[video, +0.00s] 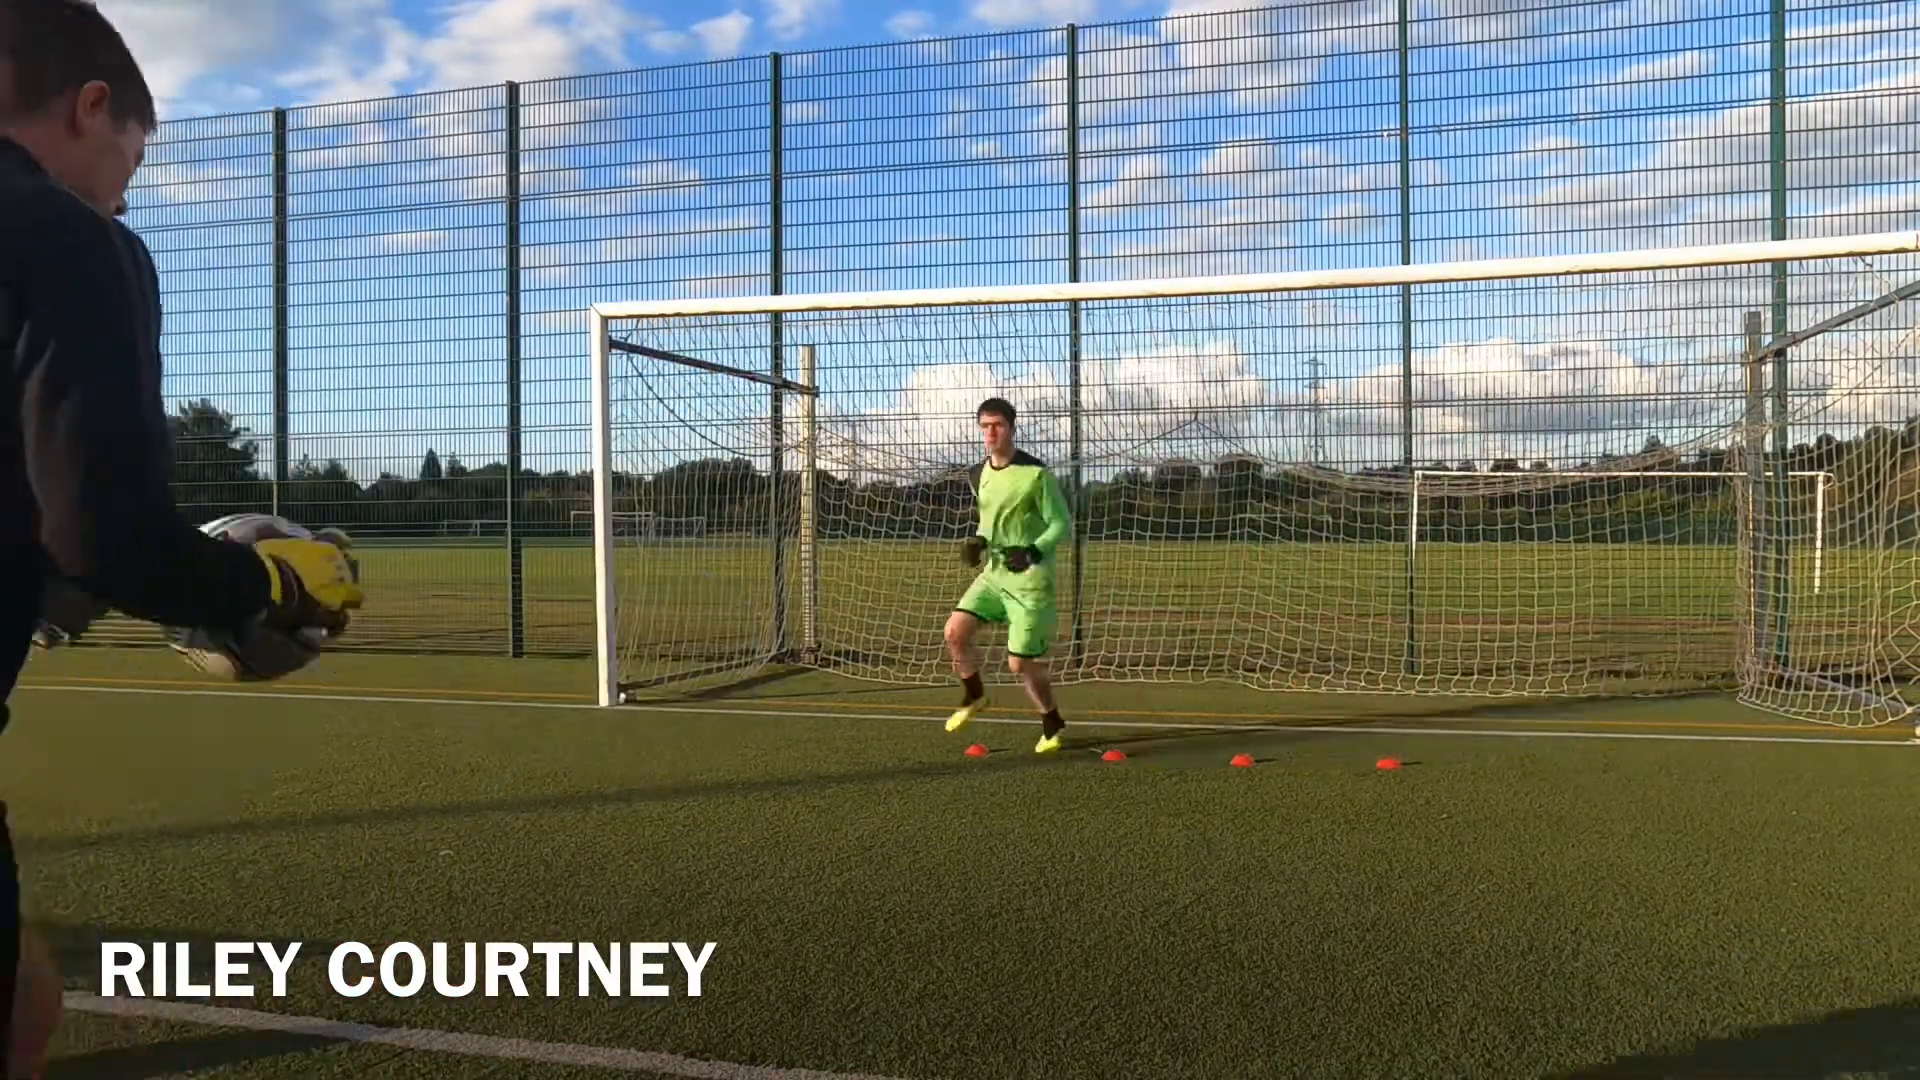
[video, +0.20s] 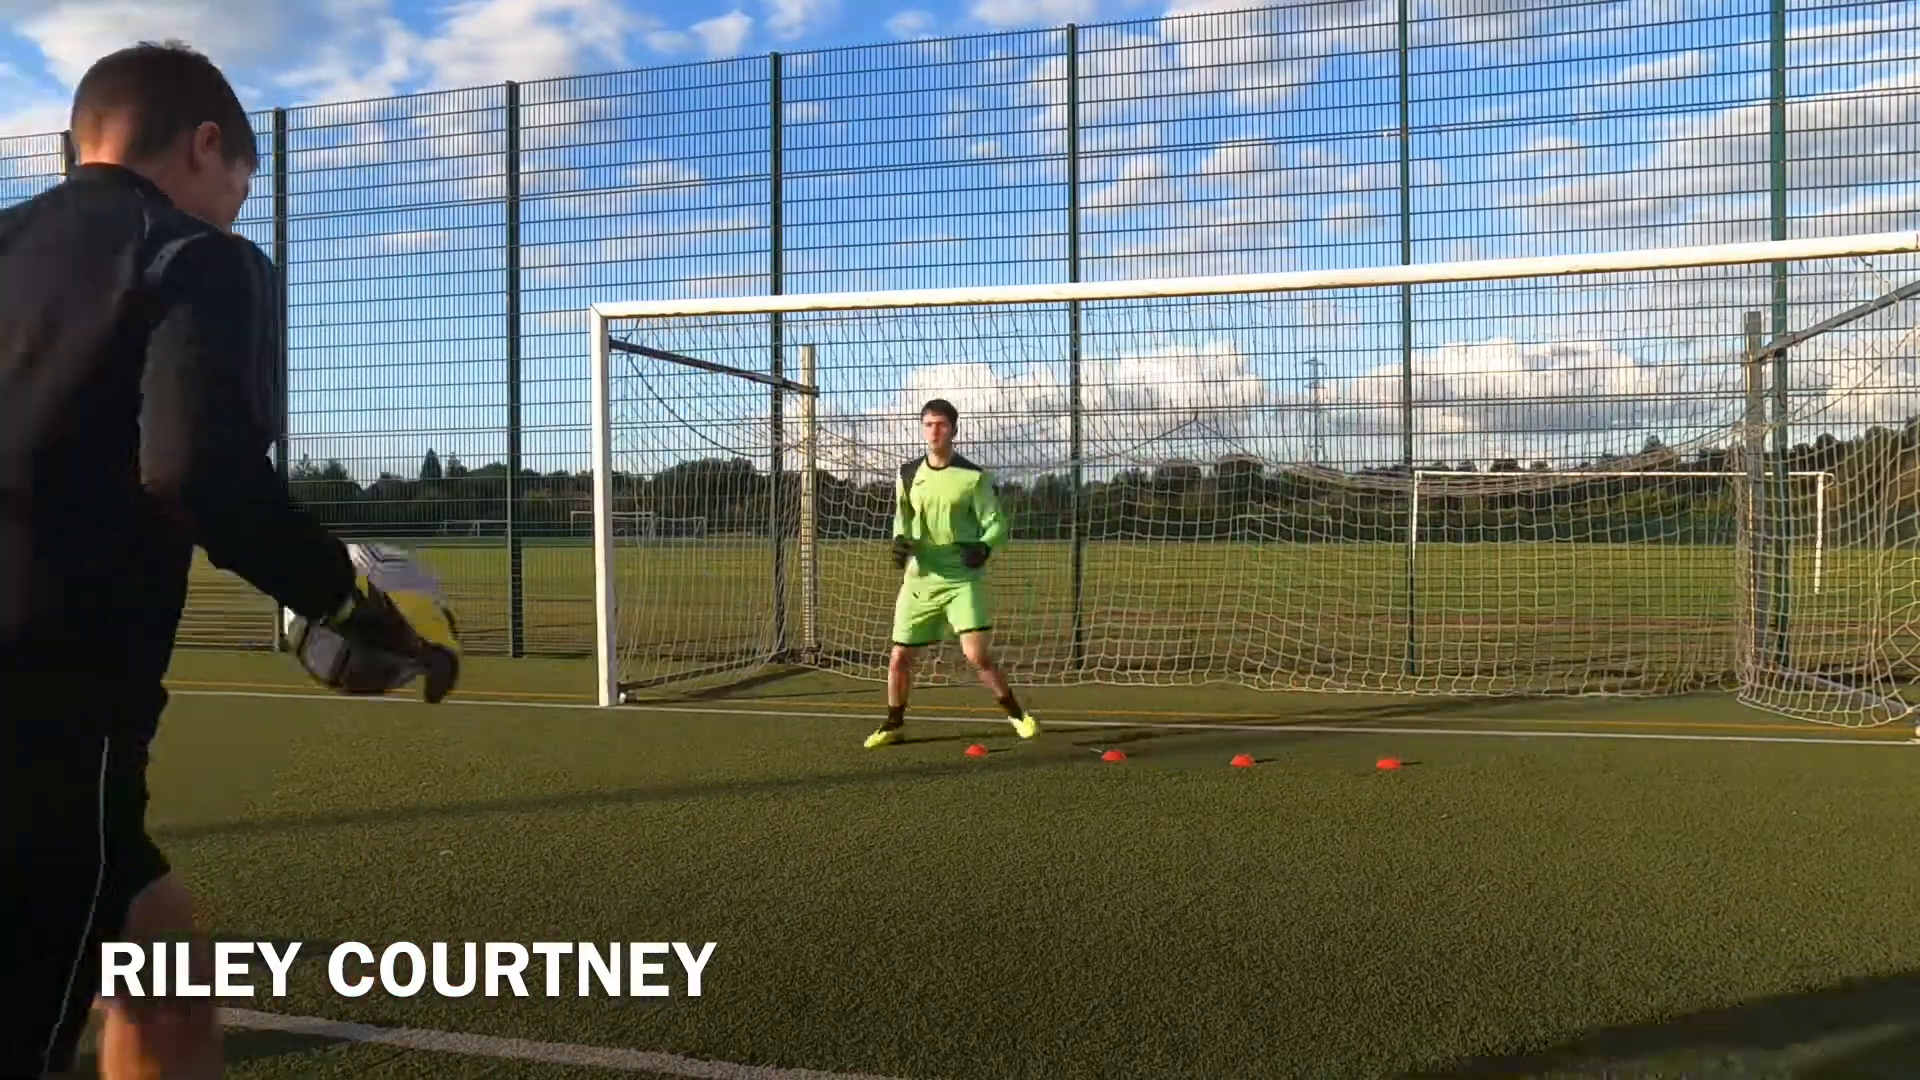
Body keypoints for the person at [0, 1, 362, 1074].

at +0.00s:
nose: (125, 190)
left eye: (136, 166)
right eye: (131, 157)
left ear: (38, 106)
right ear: (88, 107)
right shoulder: (71, 247)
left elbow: (47, 541)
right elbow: (106, 536)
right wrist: (247, 592)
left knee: (28, 996)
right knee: (24, 1001)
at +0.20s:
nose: (238, 213)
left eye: (244, 189)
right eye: (240, 184)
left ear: (87, 147)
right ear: (199, 147)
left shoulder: (8, 235)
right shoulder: (196, 257)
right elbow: (198, 467)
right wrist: (345, 600)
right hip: (61, 693)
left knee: (160, 945)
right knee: (38, 1006)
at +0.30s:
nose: (277, 219)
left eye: (282, 192)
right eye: (278, 188)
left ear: (132, 165)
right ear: (239, 165)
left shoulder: (18, 270)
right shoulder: (241, 262)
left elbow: (20, 477)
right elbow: (216, 442)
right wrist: (308, 641)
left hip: (12, 683)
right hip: (148, 693)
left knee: (237, 1002)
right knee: (129, 1041)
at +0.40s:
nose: (306, 225)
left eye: (308, 205)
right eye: (309, 200)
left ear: (170, 169)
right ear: (277, 169)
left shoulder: (42, 277)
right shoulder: (265, 248)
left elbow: (18, 474)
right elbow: (191, 427)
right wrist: (195, 654)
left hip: (49, 687)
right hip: (212, 679)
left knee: (218, 927)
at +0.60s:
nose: (334, 186)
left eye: (336, 168)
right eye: (337, 166)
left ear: (205, 147)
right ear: (307, 150)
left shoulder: (100, 250)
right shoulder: (316, 215)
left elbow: (27, 478)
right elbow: (204, 313)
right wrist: (135, 554)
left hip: (118, 654)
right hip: (265, 630)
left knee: (252, 932)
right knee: (430, 610)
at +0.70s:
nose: (327, 164)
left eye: (329, 147)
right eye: (330, 144)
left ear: (193, 134)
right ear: (307, 134)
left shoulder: (103, 244)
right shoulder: (318, 221)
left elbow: (62, 449)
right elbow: (255, 392)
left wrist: (173, 472)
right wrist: (220, 613)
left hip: (149, 656)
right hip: (290, 636)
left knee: (262, 929)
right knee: (420, 509)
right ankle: (440, 718)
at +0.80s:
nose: (331, 135)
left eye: (328, 116)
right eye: (329, 115)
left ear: (190, 113)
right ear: (308, 108)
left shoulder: (101, 233)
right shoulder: (326, 224)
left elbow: (42, 447)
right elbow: (309, 449)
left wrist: (164, 456)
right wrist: (331, 660)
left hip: (160, 649)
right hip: (293, 632)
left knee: (254, 948)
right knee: (423, 559)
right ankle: (417, 817)